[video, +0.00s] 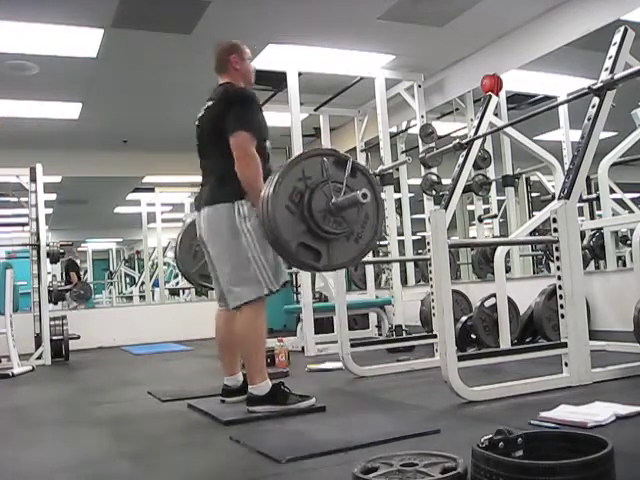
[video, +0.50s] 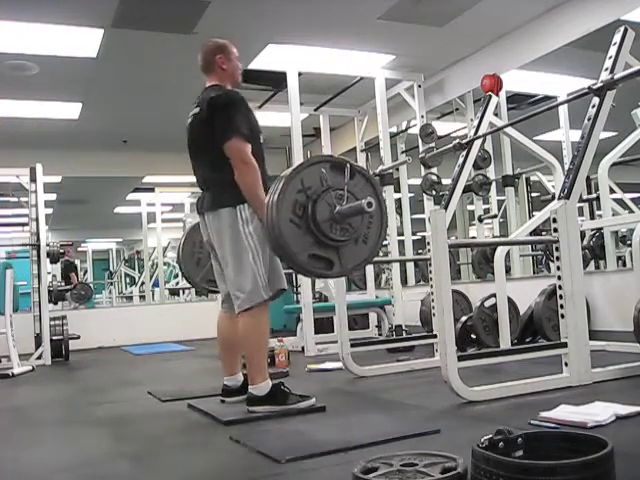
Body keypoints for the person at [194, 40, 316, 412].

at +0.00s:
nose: (253, 67)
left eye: (251, 60)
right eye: (250, 60)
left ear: (223, 67)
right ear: (237, 62)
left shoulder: (212, 104)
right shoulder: (240, 97)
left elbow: (212, 167)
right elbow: (245, 157)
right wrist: (266, 207)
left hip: (211, 210)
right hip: (233, 208)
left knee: (229, 301)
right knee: (252, 298)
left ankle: (233, 381)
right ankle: (261, 388)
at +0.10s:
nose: (236, 66)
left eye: (234, 60)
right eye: (231, 60)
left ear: (207, 65)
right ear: (216, 62)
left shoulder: (197, 105)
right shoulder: (222, 98)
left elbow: (208, 170)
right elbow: (237, 157)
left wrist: (206, 218)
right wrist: (266, 208)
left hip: (212, 210)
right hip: (234, 207)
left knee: (232, 296)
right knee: (254, 294)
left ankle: (234, 381)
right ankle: (261, 387)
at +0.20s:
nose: (224, 71)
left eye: (222, 64)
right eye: (220, 63)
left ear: (194, 68)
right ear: (203, 65)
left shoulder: (188, 110)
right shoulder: (211, 102)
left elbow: (208, 171)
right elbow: (234, 162)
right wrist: (265, 210)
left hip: (214, 212)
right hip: (235, 210)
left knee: (233, 295)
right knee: (256, 295)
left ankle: (233, 381)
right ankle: (261, 387)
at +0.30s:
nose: (221, 71)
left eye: (218, 64)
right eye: (216, 64)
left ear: (191, 69)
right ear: (200, 66)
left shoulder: (186, 111)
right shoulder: (209, 104)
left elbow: (208, 172)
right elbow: (234, 163)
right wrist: (266, 210)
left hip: (215, 213)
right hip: (235, 211)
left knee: (233, 296)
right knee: (256, 295)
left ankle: (233, 382)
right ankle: (261, 387)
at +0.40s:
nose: (226, 68)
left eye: (224, 61)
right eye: (222, 61)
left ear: (197, 67)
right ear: (206, 63)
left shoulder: (191, 108)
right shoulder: (215, 102)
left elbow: (204, 170)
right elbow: (236, 160)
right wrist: (264, 210)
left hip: (213, 211)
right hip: (234, 208)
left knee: (232, 296)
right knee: (256, 296)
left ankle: (233, 381)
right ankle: (262, 387)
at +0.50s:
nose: (242, 68)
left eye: (240, 61)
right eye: (238, 61)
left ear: (211, 66)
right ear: (222, 62)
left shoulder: (201, 107)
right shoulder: (227, 100)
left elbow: (207, 171)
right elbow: (242, 159)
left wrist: (208, 218)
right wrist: (266, 211)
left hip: (215, 210)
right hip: (236, 208)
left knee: (232, 299)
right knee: (255, 297)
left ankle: (233, 381)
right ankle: (261, 388)